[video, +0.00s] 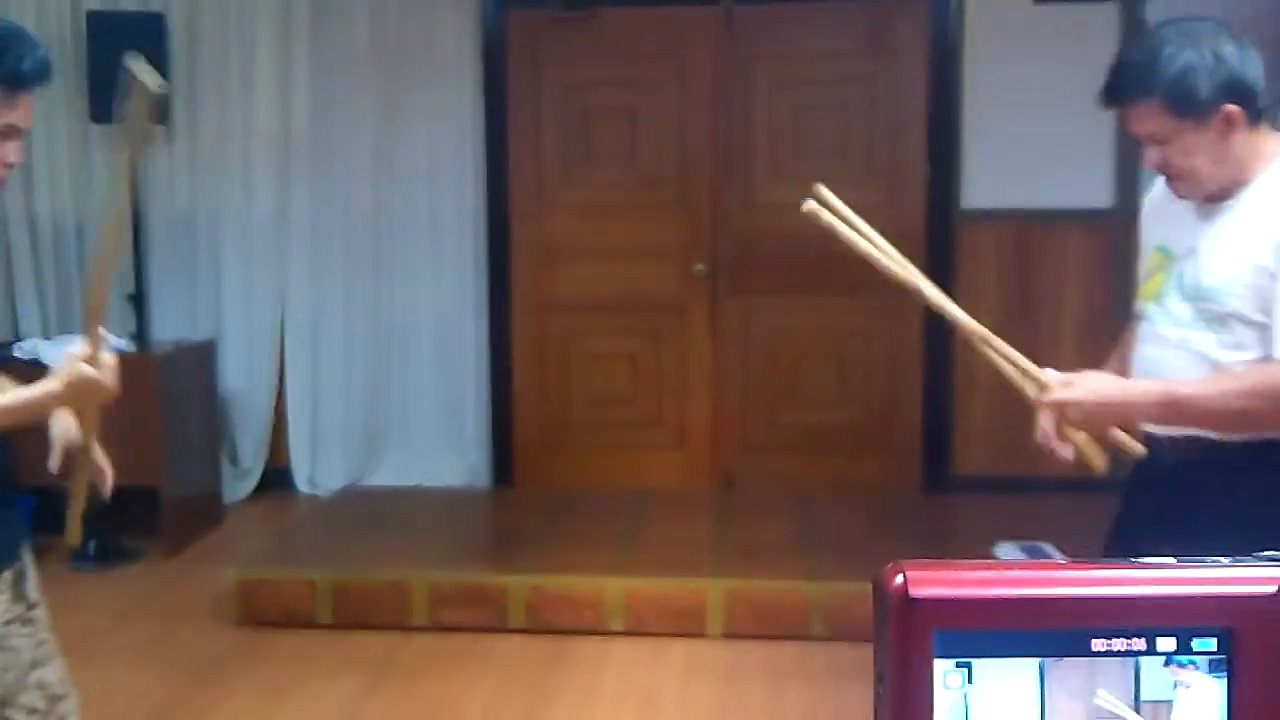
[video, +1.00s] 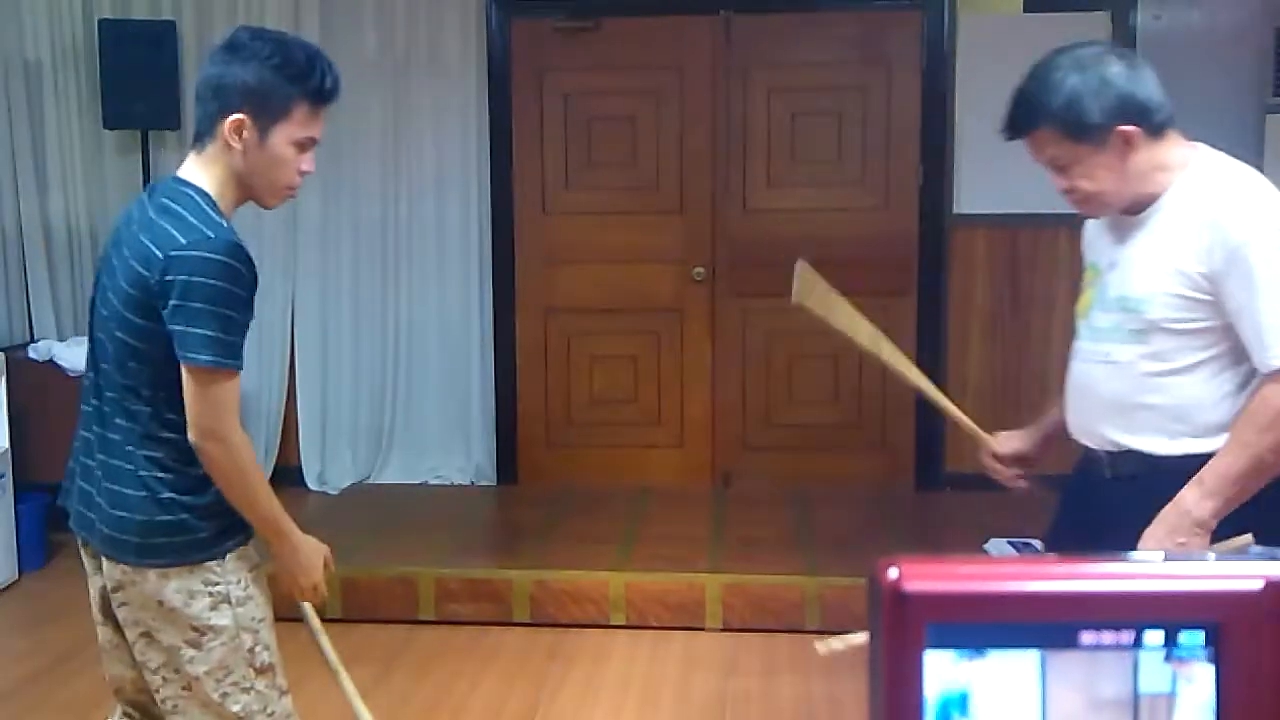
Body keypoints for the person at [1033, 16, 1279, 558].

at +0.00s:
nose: (1149, 161)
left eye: (1160, 143)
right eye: (1142, 144)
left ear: (1229, 123)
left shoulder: (1270, 209)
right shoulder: (1162, 195)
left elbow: (1276, 389)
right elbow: (1154, 325)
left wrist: (1128, 400)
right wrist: (1093, 399)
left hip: (1253, 480)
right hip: (1158, 477)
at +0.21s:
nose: (1179, 172)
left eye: (1189, 154)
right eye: (1172, 155)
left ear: (1260, 133)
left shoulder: (1273, 224)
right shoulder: (1185, 204)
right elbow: (1170, 329)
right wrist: (1106, 441)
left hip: (1260, 479)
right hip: (1179, 468)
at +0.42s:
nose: (1179, 185)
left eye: (1184, 164)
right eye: (1172, 168)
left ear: (1253, 140)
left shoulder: (1273, 226)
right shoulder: (1195, 215)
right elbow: (1207, 347)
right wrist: (1153, 444)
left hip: (1262, 481)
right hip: (1182, 473)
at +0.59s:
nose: (1166, 184)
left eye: (1172, 162)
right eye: (1158, 165)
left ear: (1241, 135)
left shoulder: (1272, 225)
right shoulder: (1188, 213)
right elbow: (1195, 350)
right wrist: (1150, 461)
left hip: (1261, 485)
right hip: (1176, 476)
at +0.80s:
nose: (1128, 184)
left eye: (1135, 165)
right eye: (1120, 167)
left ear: (1202, 139)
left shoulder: (1271, 211)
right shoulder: (1162, 206)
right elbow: (1159, 346)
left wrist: (1237, 510)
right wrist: (1118, 457)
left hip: (1241, 487)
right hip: (1146, 477)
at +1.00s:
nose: (1059, 186)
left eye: (1065, 167)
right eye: (1050, 170)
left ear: (1126, 139)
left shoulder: (1242, 212)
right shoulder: (1105, 212)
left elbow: (1278, 383)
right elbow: (1112, 359)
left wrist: (1194, 511)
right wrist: (1037, 436)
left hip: (1197, 496)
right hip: (1095, 487)